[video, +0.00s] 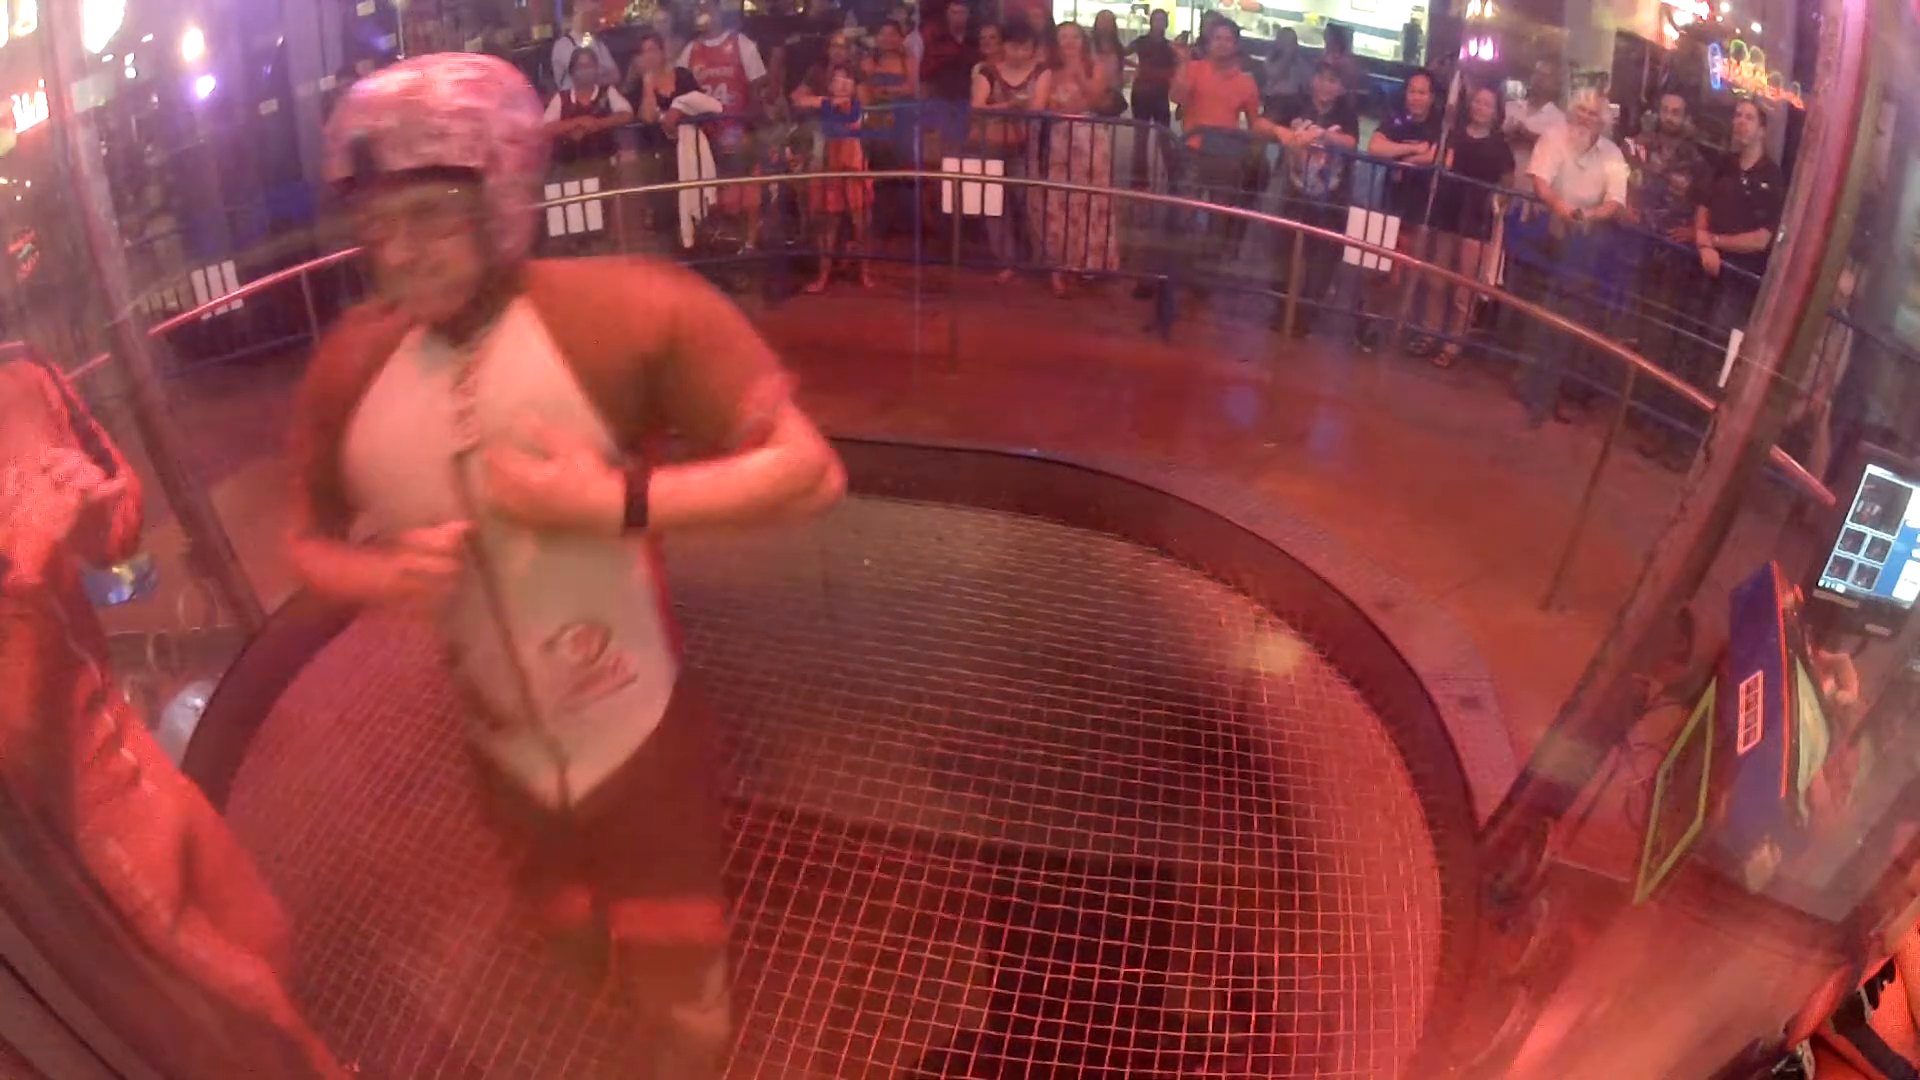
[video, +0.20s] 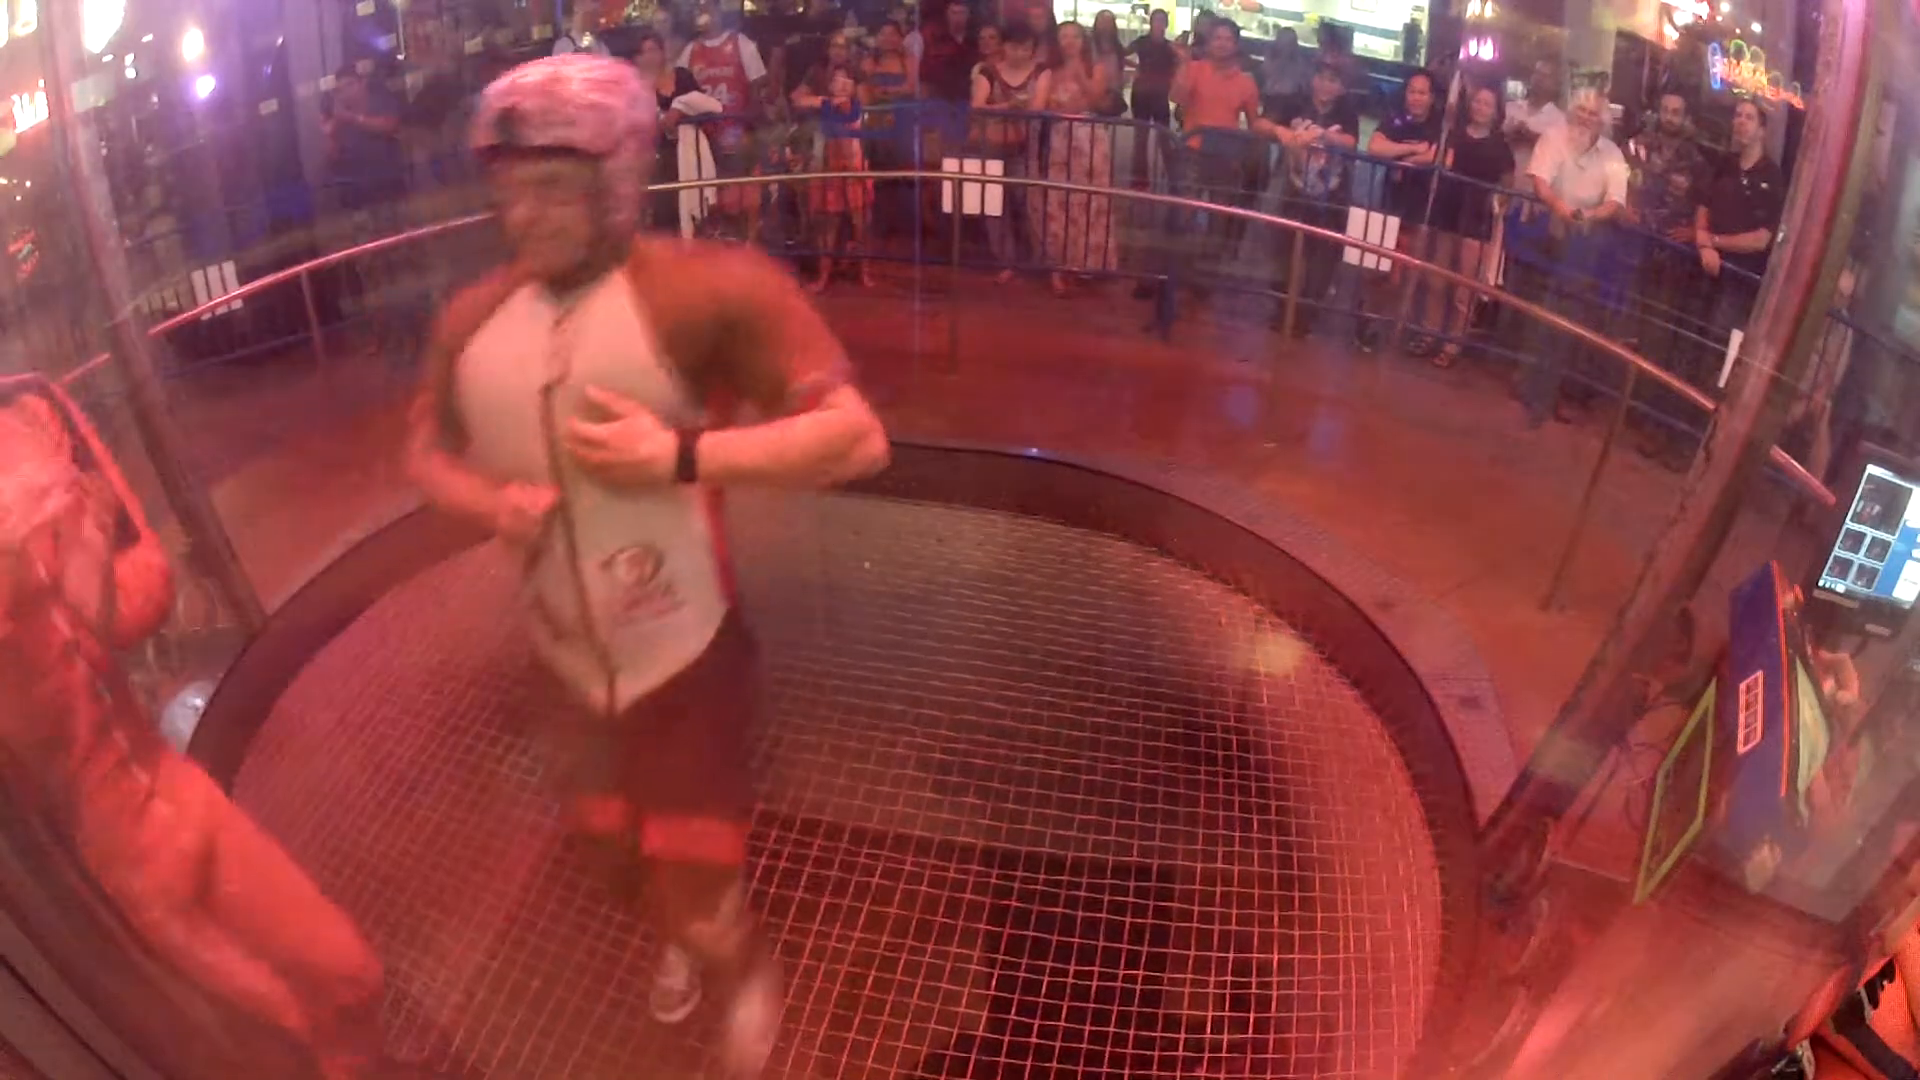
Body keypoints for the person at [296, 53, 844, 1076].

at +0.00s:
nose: (399, 251)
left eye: (429, 217)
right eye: (375, 224)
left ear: (503, 211)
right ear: (356, 229)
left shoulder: (634, 310)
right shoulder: (352, 365)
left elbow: (809, 468)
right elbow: (310, 550)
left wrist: (615, 499)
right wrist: (390, 570)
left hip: (639, 731)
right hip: (503, 745)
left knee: (680, 1000)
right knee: (573, 958)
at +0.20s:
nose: (527, 212)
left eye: (553, 188)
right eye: (513, 190)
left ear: (619, 189)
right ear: (496, 196)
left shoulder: (716, 292)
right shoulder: (476, 321)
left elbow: (855, 437)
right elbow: (422, 454)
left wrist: (680, 454)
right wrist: (493, 501)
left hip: (687, 646)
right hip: (569, 653)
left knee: (692, 881)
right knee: (613, 836)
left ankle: (749, 983)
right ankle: (672, 942)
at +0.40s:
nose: (630, 139)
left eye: (658, 120)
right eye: (617, 119)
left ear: (711, 131)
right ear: (598, 130)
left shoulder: (784, 232)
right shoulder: (572, 250)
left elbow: (902, 375)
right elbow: (509, 356)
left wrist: (736, 388)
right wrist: (560, 405)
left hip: (738, 565)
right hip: (623, 566)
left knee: (742, 758)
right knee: (620, 768)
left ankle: (791, 799)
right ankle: (678, 908)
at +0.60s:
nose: (699, 115)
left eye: (726, 98)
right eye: (689, 95)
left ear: (778, 110)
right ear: (673, 101)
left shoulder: (838, 211)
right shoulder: (649, 201)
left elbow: (921, 358)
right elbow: (562, 302)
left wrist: (766, 327)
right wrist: (616, 332)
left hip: (785, 516)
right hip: (675, 511)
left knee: (776, 718)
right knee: (649, 721)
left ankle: (795, 808)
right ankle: (697, 850)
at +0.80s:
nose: (745, 112)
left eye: (769, 95)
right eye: (733, 95)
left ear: (816, 105)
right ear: (719, 104)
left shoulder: (883, 201)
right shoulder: (693, 199)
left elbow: (977, 316)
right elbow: (616, 295)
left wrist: (837, 323)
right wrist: (680, 327)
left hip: (819, 484)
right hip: (716, 480)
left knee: (791, 671)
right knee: (708, 655)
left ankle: (802, 807)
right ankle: (766, 723)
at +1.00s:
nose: (789, 96)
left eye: (810, 82)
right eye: (776, 79)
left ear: (847, 93)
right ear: (757, 86)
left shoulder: (894, 176)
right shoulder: (715, 178)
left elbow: (990, 276)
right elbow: (643, 276)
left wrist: (857, 264)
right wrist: (696, 288)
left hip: (841, 438)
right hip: (750, 440)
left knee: (802, 615)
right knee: (766, 598)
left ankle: (802, 794)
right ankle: (844, 650)